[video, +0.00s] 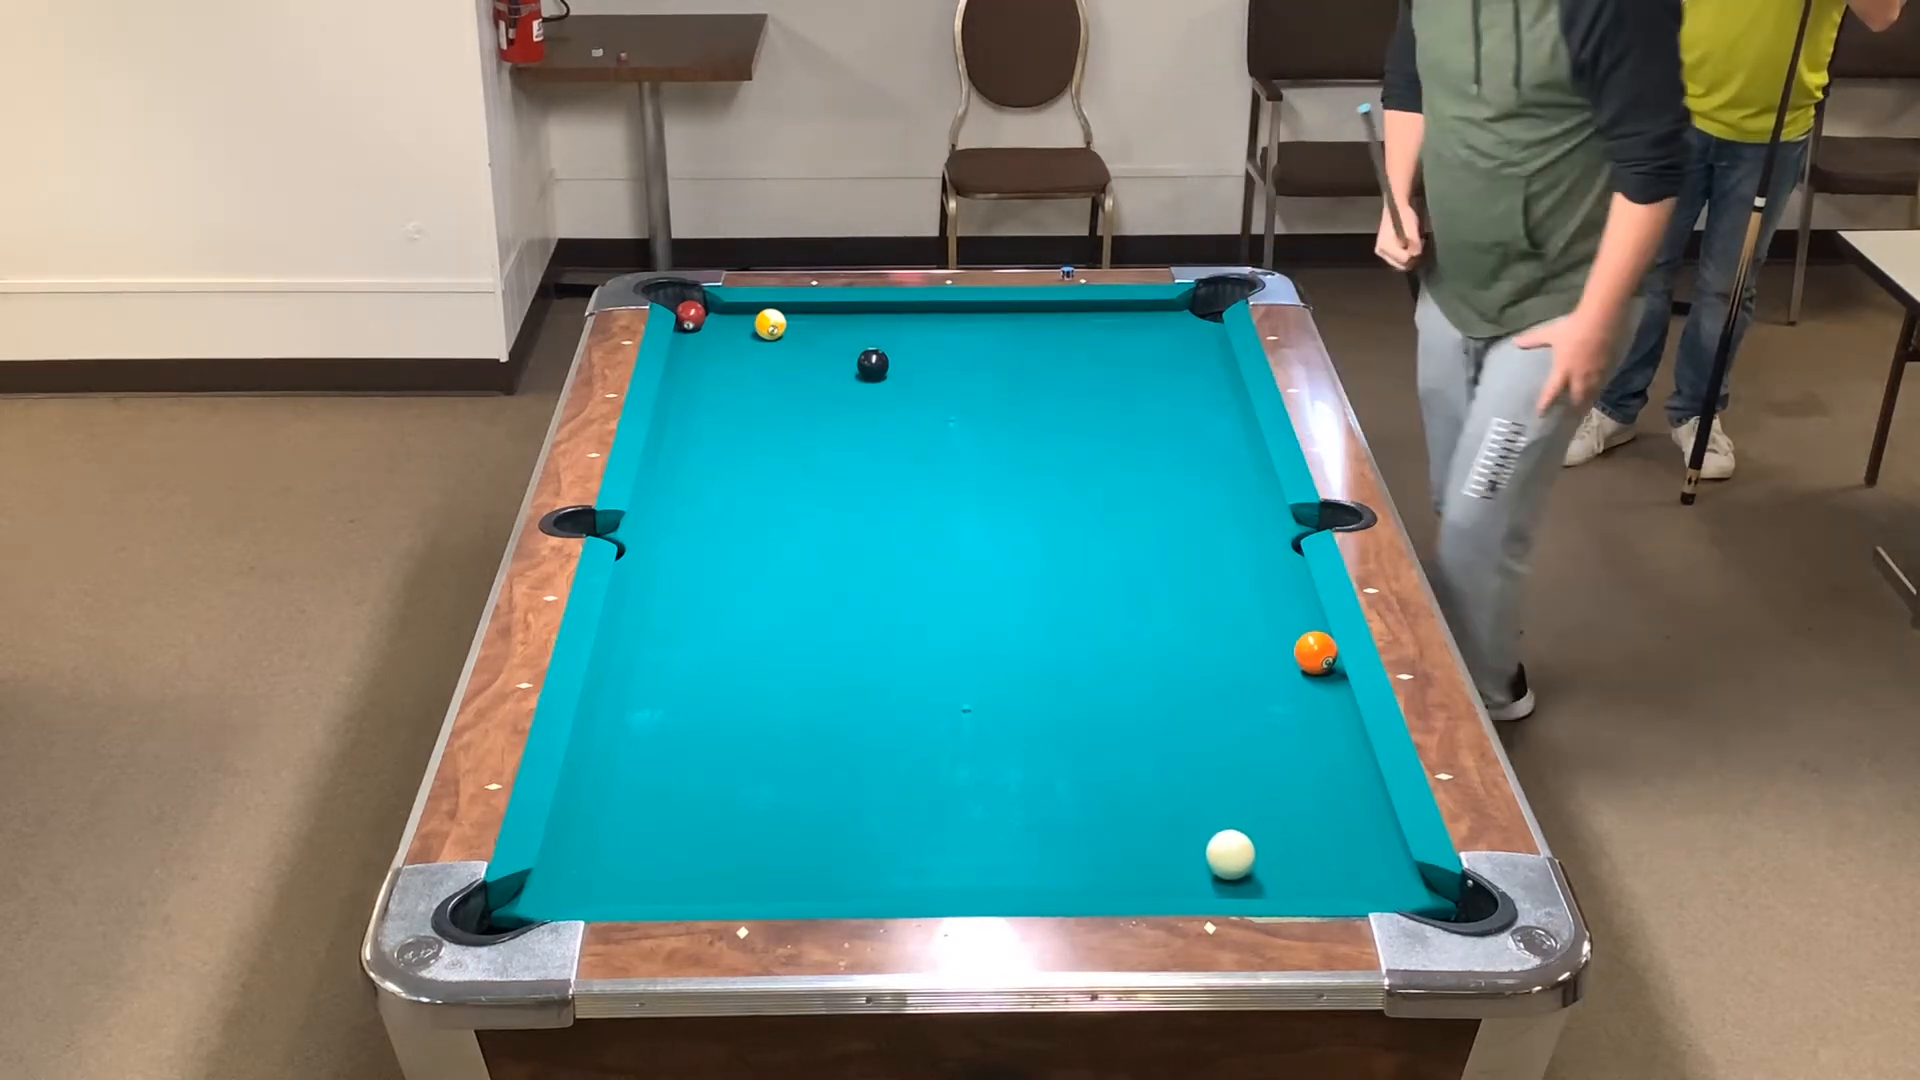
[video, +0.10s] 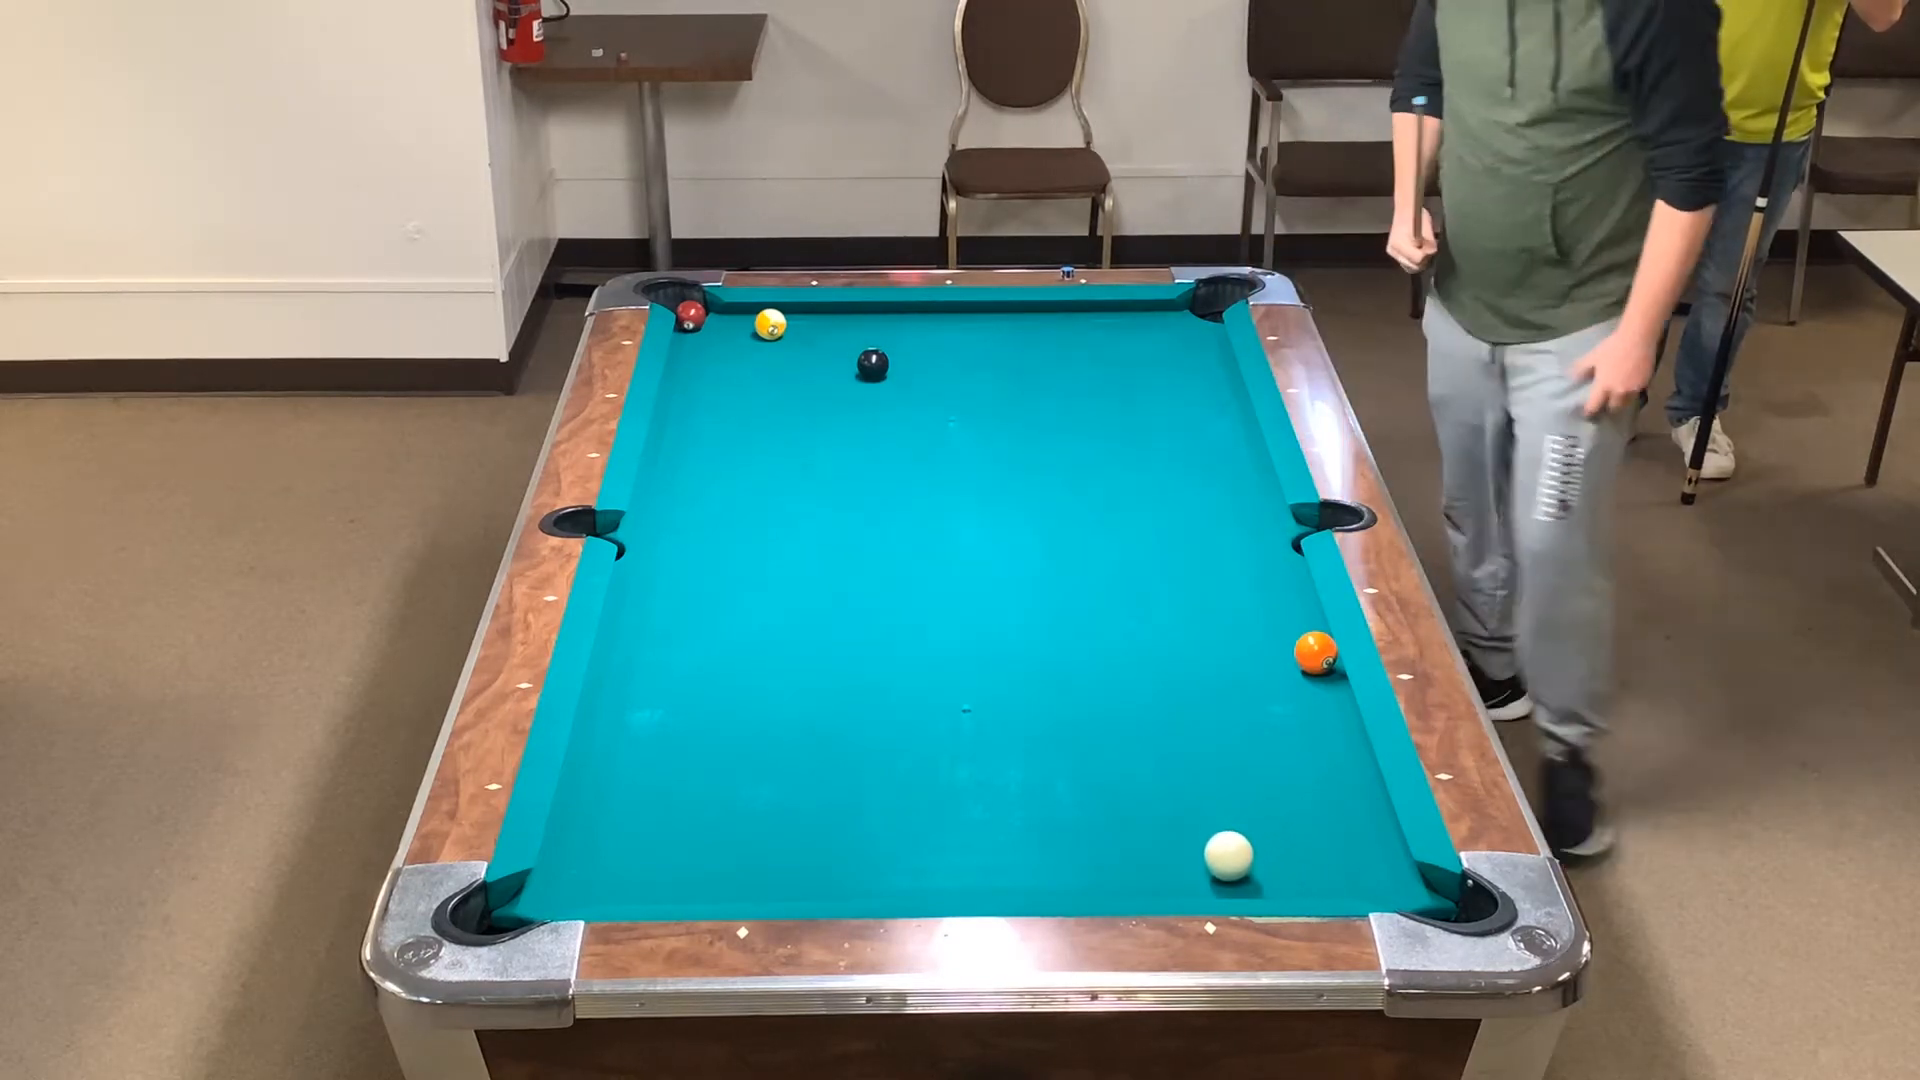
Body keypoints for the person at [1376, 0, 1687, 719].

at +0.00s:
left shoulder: (1615, 8)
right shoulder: (1426, 8)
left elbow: (1654, 162)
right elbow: (1408, 79)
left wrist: (1597, 322)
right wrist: (1398, 195)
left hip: (1559, 297)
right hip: (1451, 278)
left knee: (1474, 526)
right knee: (1455, 502)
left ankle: (1483, 691)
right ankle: (1490, 677)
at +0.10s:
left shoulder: (1653, 9)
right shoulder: (1446, 7)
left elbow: (1692, 171)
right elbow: (1419, 82)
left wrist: (1638, 337)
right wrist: (1407, 202)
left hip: (1580, 312)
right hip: (1461, 291)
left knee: (1552, 535)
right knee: (1470, 505)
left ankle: (1567, 751)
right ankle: (1491, 657)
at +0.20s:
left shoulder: (1697, 13)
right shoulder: (1477, 6)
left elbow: (1730, 180)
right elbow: (1437, 82)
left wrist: (1670, 346)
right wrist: (1424, 210)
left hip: (1613, 320)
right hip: (1479, 297)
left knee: (1629, 550)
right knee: (1481, 501)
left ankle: (1651, 777)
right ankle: (1491, 665)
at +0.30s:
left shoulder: (1748, 16)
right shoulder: (1516, 5)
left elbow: (1772, 194)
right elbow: (1455, 97)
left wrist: (1702, 357)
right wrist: (1441, 226)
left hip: (1656, 345)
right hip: (1509, 324)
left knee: (1675, 571)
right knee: (1498, 515)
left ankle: (1671, 786)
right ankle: (1489, 664)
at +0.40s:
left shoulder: (1803, 17)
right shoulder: (1557, 5)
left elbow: (1826, 196)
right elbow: (1484, 114)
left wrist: (1751, 351)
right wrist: (1478, 246)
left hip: (1711, 369)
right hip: (1554, 349)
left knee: (1704, 588)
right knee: (1506, 539)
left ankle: (1673, 790)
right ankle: (1483, 662)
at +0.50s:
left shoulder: (1852, 16)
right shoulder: (1597, 6)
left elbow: (1890, 188)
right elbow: (1517, 144)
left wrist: (1812, 345)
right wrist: (1533, 274)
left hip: (1762, 378)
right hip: (1603, 355)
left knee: (1729, 594)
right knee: (1515, 562)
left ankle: (1678, 790)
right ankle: (1494, 666)